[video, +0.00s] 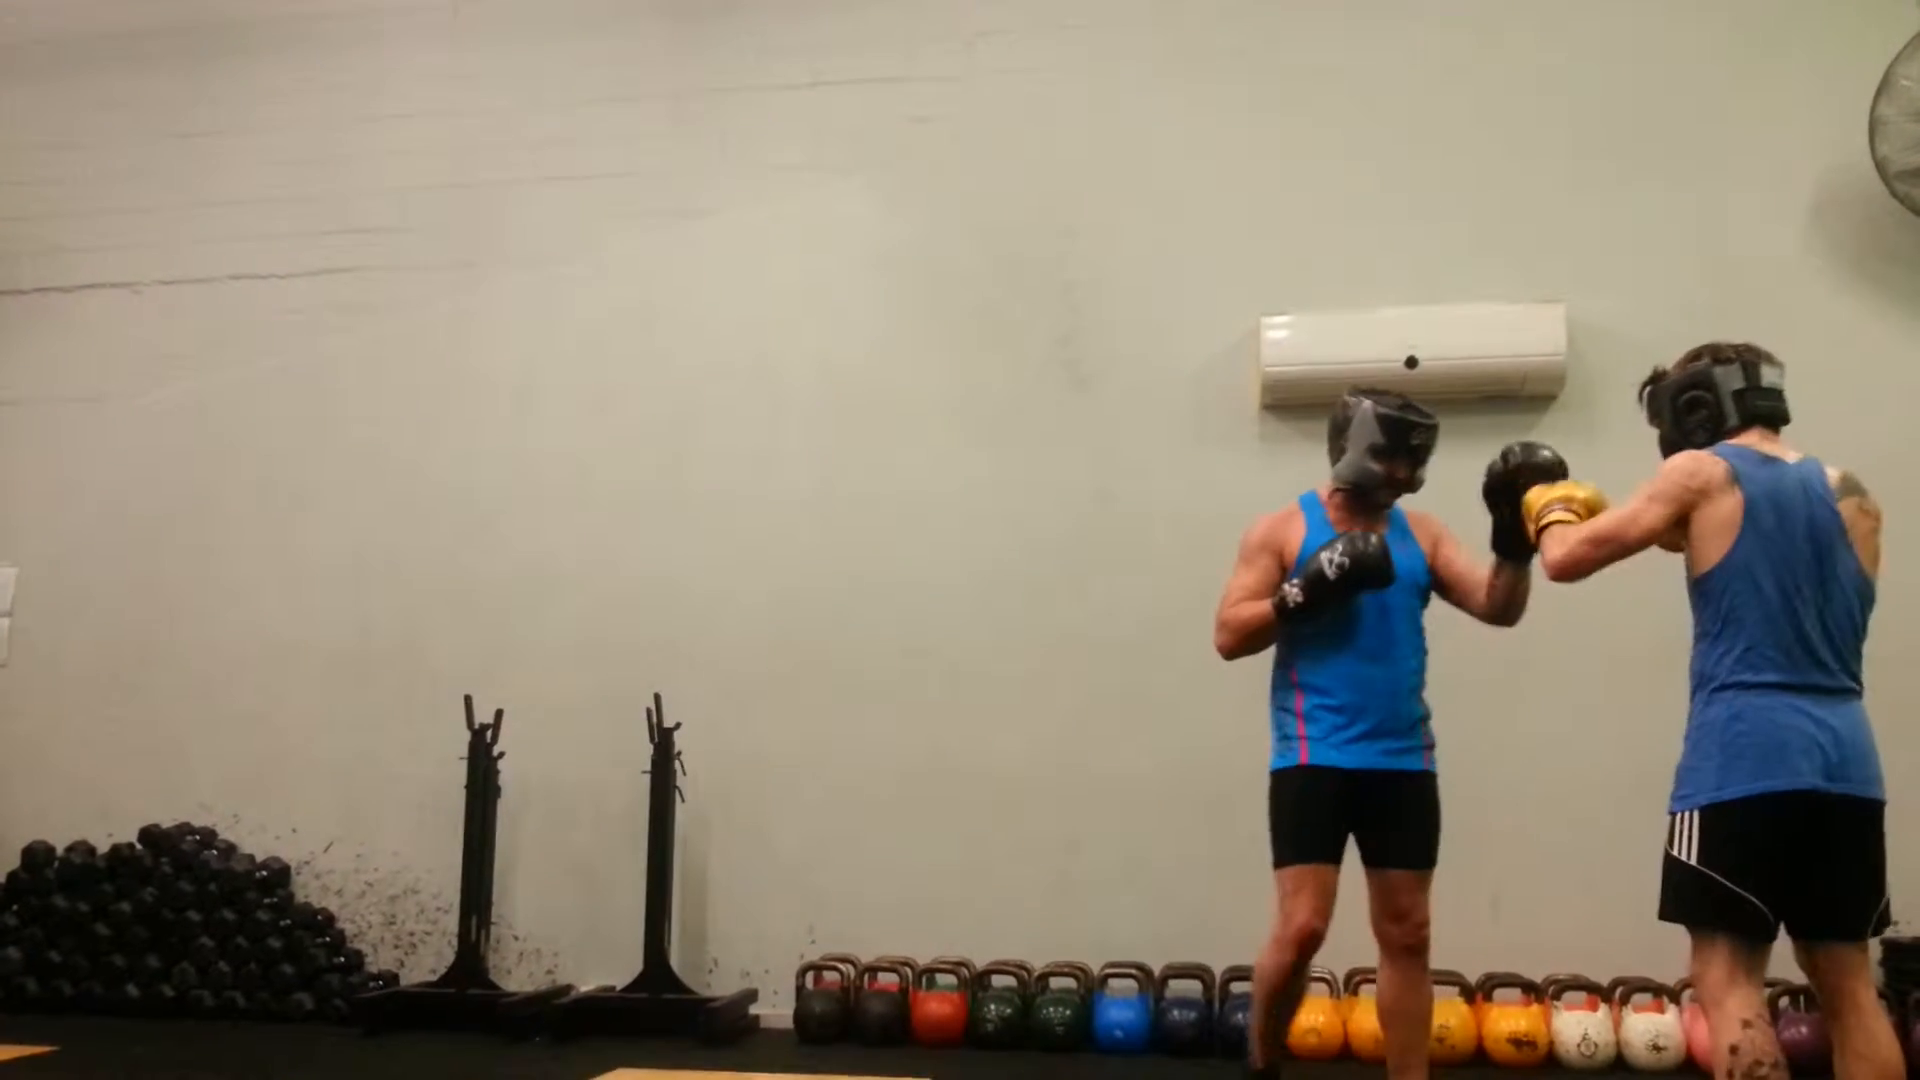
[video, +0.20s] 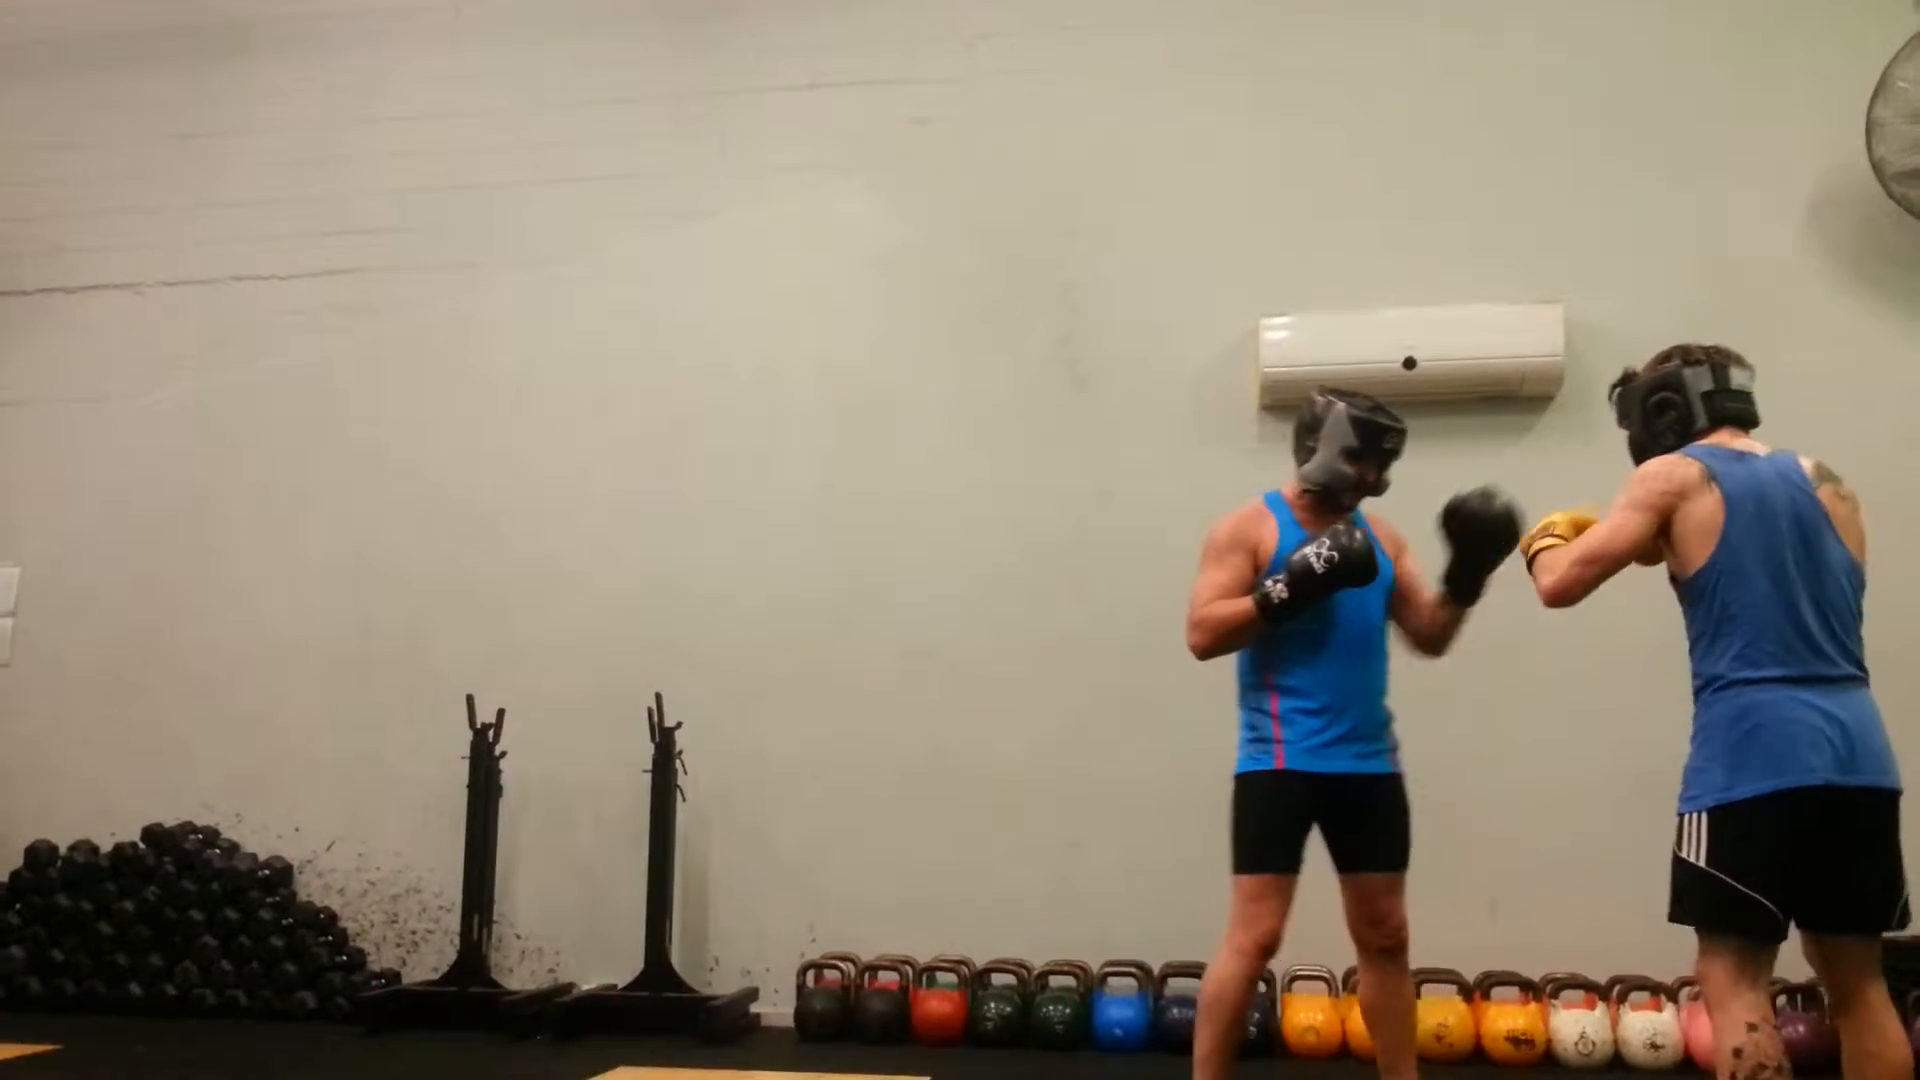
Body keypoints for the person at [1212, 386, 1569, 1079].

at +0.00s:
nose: (1412, 470)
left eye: (1416, 457)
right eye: (1401, 455)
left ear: (1413, 465)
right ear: (1358, 452)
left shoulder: (1420, 531)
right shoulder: (1283, 528)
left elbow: (1501, 604)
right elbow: (1231, 635)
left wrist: (1515, 522)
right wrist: (1310, 587)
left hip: (1402, 760)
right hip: (1312, 760)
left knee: (1408, 931)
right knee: (1303, 928)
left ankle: (1410, 1077)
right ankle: (1263, 1067)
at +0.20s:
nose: (1380, 477)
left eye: (1385, 463)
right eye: (1369, 461)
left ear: (1374, 466)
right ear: (1324, 454)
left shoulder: (1379, 534)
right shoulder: (1249, 526)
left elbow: (1431, 635)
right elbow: (1204, 634)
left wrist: (1468, 571)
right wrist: (1292, 583)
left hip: (1367, 763)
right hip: (1277, 765)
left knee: (1385, 935)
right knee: (1255, 936)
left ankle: (1400, 1075)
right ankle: (1207, 1075)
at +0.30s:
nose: (1362, 480)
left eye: (1365, 466)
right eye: (1354, 464)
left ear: (1327, 464)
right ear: (1312, 457)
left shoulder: (1343, 537)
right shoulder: (1226, 523)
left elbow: (1358, 647)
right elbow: (1185, 633)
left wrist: (1414, 610)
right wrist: (1278, 586)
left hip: (1335, 760)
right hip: (1251, 762)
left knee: (1369, 940)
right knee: (1233, 937)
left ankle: (1395, 1076)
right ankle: (1199, 1076)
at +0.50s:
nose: (1312, 491)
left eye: (1318, 477)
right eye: (1305, 475)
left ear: (1280, 461)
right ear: (1268, 456)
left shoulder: (1278, 526)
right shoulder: (1187, 515)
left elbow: (1282, 636)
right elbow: (1144, 621)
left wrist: (1354, 602)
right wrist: (1252, 581)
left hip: (1284, 753)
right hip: (1209, 757)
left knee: (1332, 922)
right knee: (1201, 935)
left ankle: (1325, 1072)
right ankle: (1188, 1076)